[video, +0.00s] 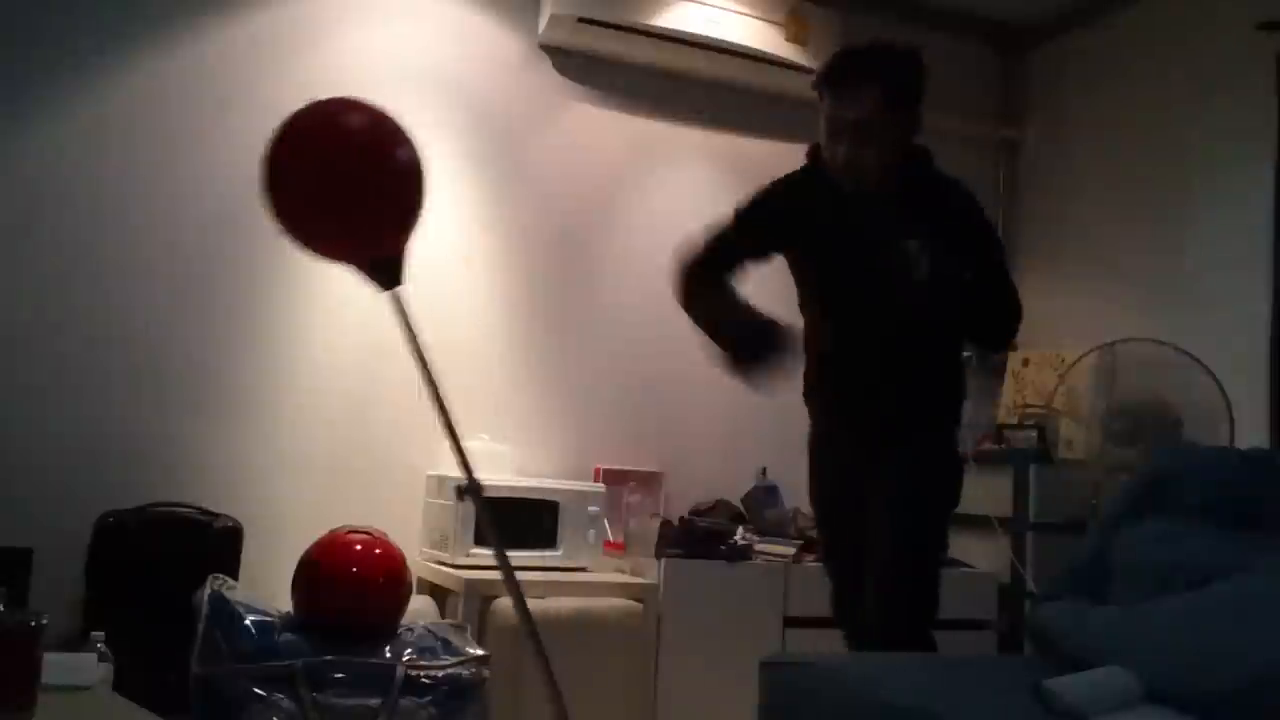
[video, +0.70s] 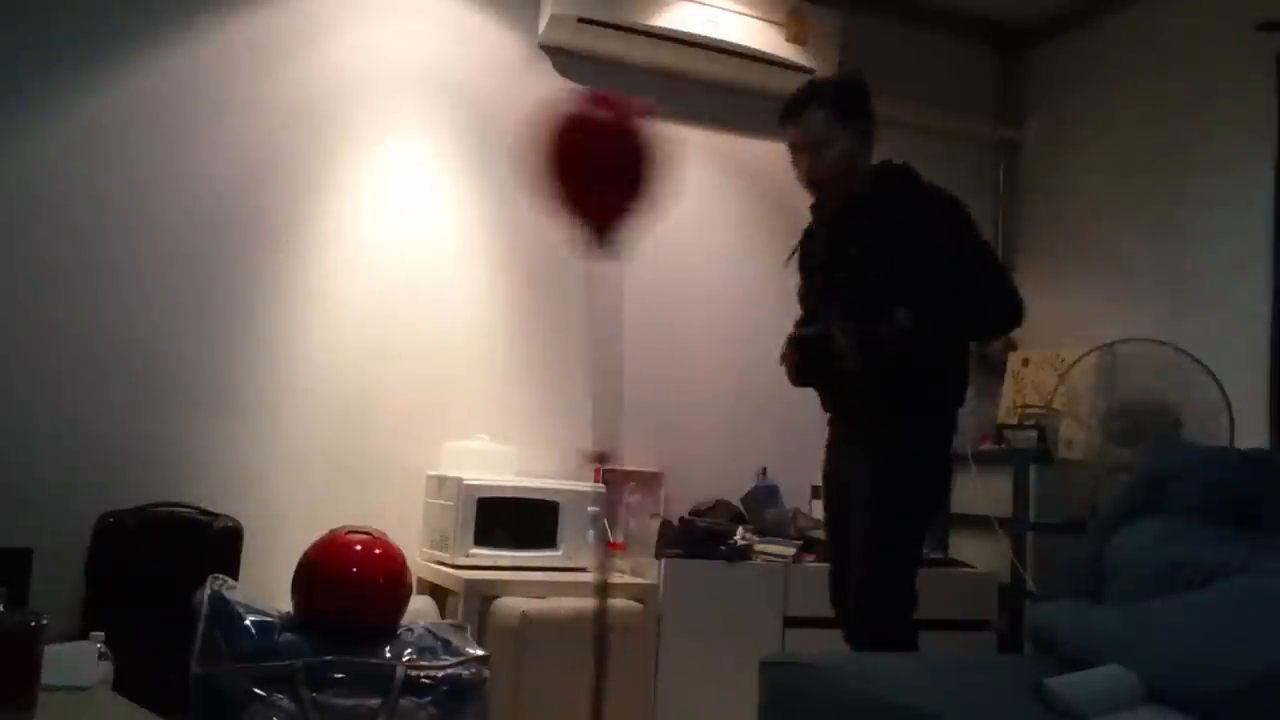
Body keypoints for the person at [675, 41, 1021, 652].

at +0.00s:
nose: (841, 143)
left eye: (859, 126)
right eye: (832, 124)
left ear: (902, 124)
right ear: (820, 118)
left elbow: (1001, 322)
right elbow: (700, 275)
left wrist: (933, 290)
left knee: (901, 619)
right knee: (858, 615)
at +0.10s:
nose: (816, 143)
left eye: (832, 124)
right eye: (806, 126)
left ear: (872, 119)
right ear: (797, 123)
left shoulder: (935, 197)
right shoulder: (798, 210)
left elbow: (995, 306)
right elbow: (775, 319)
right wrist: (806, 374)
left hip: (917, 422)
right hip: (837, 423)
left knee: (889, 608)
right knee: (834, 608)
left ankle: (902, 718)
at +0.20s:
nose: (786, 160)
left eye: (797, 140)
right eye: (776, 146)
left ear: (835, 128)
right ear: (766, 142)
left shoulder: (889, 189)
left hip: (905, 432)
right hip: (862, 426)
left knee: (870, 609)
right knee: (847, 604)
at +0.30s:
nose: (771, 179)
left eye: (776, 161)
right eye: (766, 167)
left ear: (809, 142)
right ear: (824, 144)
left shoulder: (869, 182)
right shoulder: (854, 202)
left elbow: (773, 201)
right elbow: (893, 341)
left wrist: (664, 188)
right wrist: (820, 358)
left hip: (912, 428)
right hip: (891, 426)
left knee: (875, 604)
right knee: (874, 603)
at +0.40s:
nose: (772, 206)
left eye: (773, 187)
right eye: (764, 194)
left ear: (804, 161)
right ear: (820, 159)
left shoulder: (866, 198)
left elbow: (802, 238)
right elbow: (900, 355)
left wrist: (704, 215)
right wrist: (826, 369)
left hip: (911, 438)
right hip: (896, 436)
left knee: (886, 609)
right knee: (875, 607)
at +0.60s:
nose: (789, 190)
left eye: (796, 170)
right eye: (780, 177)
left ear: (834, 155)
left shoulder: (899, 214)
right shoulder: (839, 234)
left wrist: (821, 346)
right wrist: (817, 344)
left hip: (908, 438)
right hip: (869, 435)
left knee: (881, 611)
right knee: (856, 608)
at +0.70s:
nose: (805, 166)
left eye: (819, 147)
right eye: (796, 152)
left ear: (859, 139)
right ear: (787, 153)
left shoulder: (919, 208)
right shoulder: (821, 236)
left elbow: (1000, 307)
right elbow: (815, 337)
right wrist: (800, 356)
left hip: (912, 432)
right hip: (852, 433)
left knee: (879, 607)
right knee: (853, 605)